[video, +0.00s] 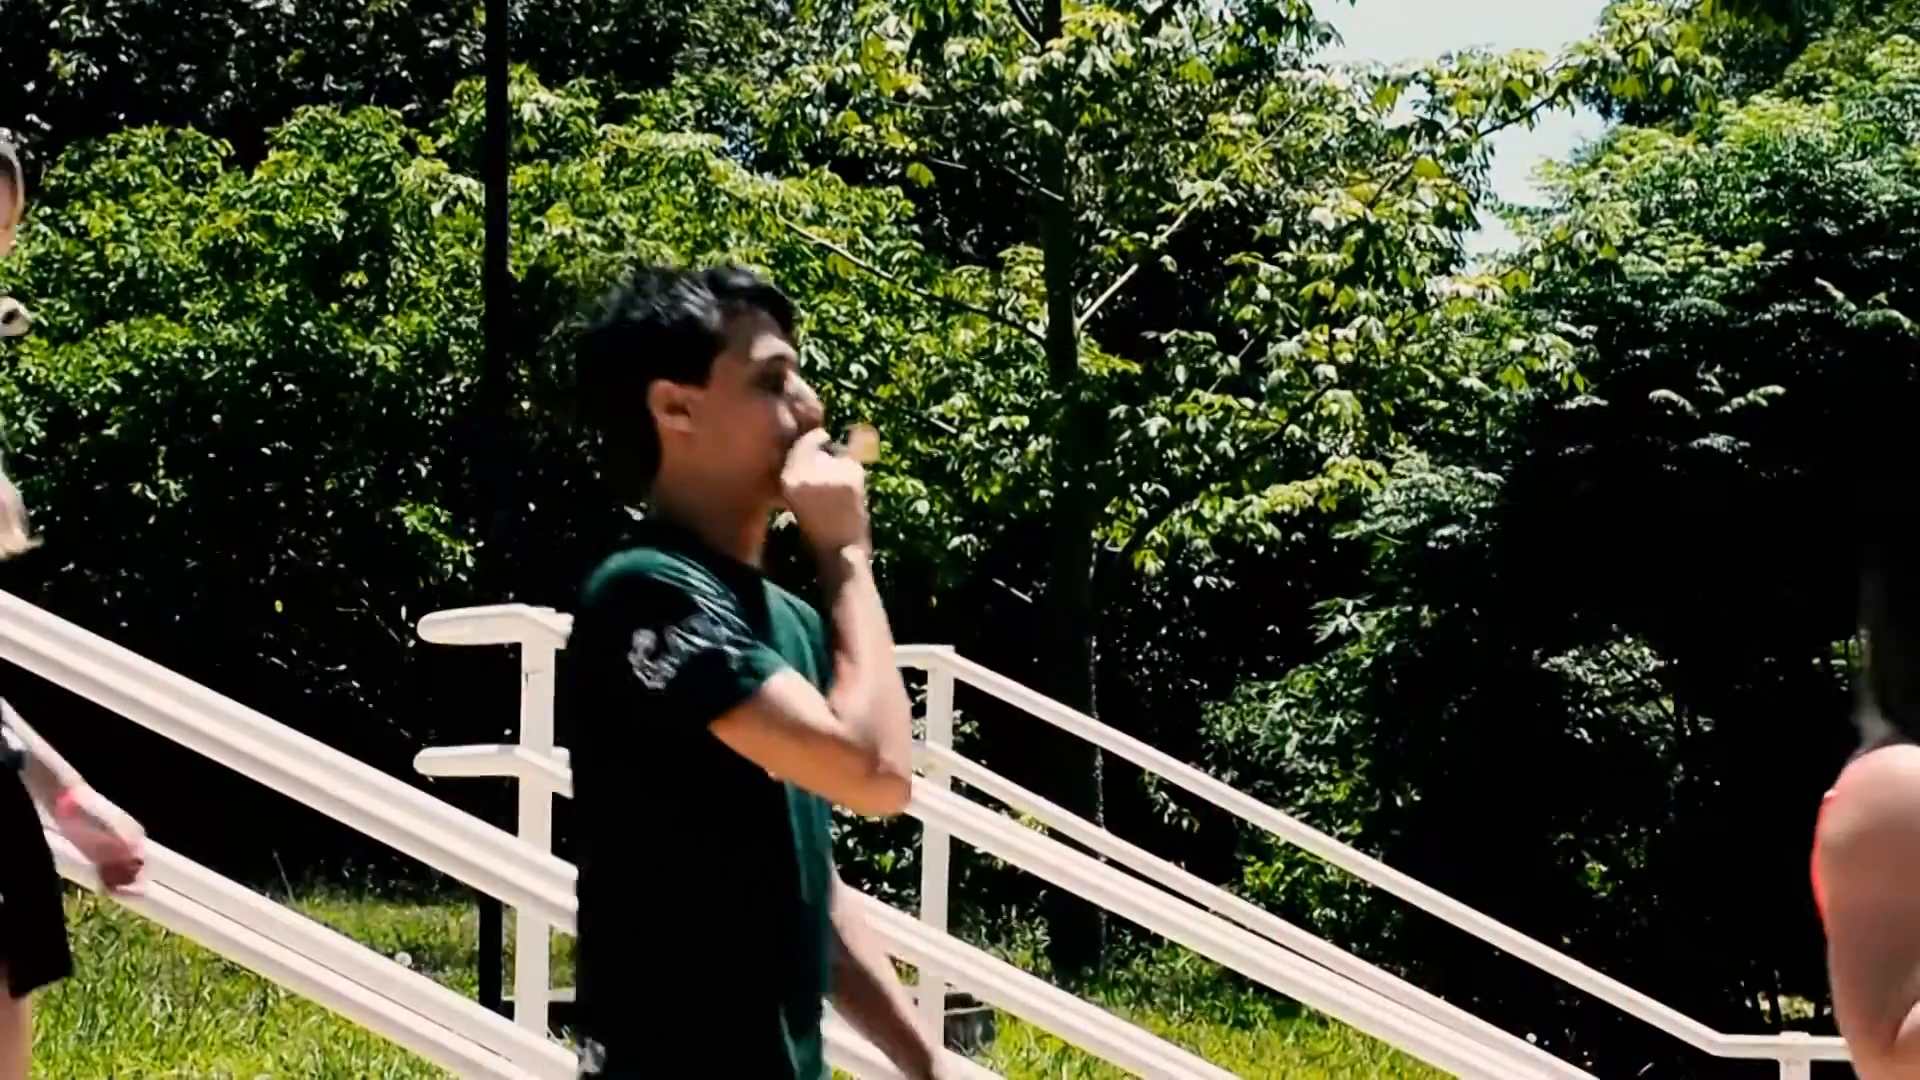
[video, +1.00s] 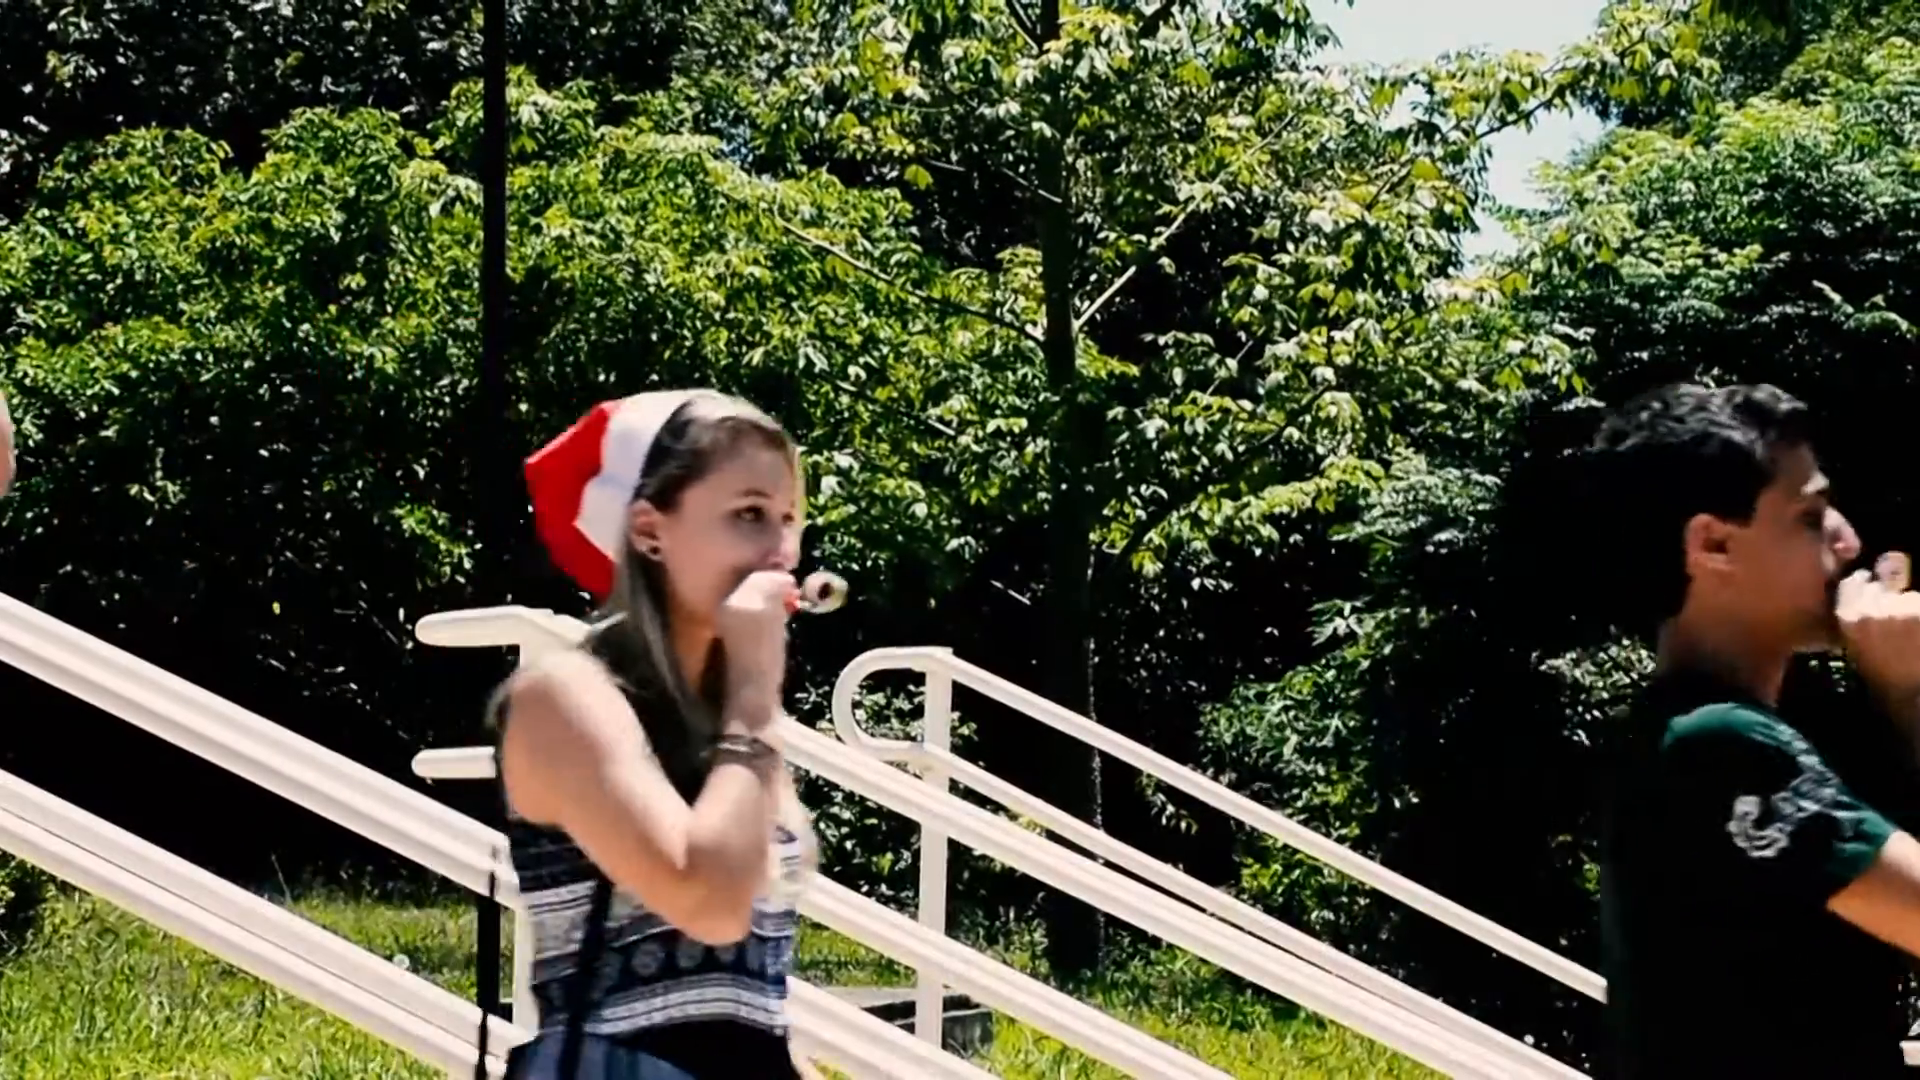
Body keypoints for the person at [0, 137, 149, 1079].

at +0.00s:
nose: (11, 269)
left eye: (11, 242)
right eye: (9, 241)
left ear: (15, 225)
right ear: (6, 222)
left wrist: (57, 783)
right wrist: (60, 785)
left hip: (1, 811)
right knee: (11, 1042)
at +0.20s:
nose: (130, 325)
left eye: (148, 303)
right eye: (106, 285)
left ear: (157, 314)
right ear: (18, 265)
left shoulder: (97, 466)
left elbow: (85, 734)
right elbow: (2, 629)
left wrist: (167, 901)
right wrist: (69, 445)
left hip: (104, 861)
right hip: (16, 865)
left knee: (223, 1060)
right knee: (54, 1061)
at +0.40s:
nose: (297, 375)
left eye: (314, 353)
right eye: (271, 337)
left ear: (325, 362)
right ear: (178, 322)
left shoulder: (260, 509)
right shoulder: (58, 464)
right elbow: (148, 688)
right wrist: (243, 496)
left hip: (243, 881)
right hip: (120, 881)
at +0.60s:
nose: (460, 439)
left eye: (474, 412)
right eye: (431, 402)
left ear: (486, 420)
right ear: (336, 394)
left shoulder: (415, 564)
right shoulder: (221, 540)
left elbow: (468, 737)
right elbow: (318, 764)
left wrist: (450, 562)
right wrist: (407, 565)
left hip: (420, 973)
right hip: (287, 974)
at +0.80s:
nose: (606, 484)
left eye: (618, 457)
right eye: (574, 448)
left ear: (629, 465)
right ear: (477, 452)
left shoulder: (567, 635)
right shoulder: (378, 608)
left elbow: (574, 908)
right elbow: (497, 831)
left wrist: (734, 1024)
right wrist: (563, 622)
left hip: (600, 1035)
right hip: (471, 1040)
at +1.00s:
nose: (784, 551)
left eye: (791, 522)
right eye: (750, 516)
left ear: (801, 532)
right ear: (650, 529)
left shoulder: (735, 709)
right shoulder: (559, 695)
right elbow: (715, 905)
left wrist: (779, 1053)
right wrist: (754, 689)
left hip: (748, 1053)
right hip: (620, 1055)